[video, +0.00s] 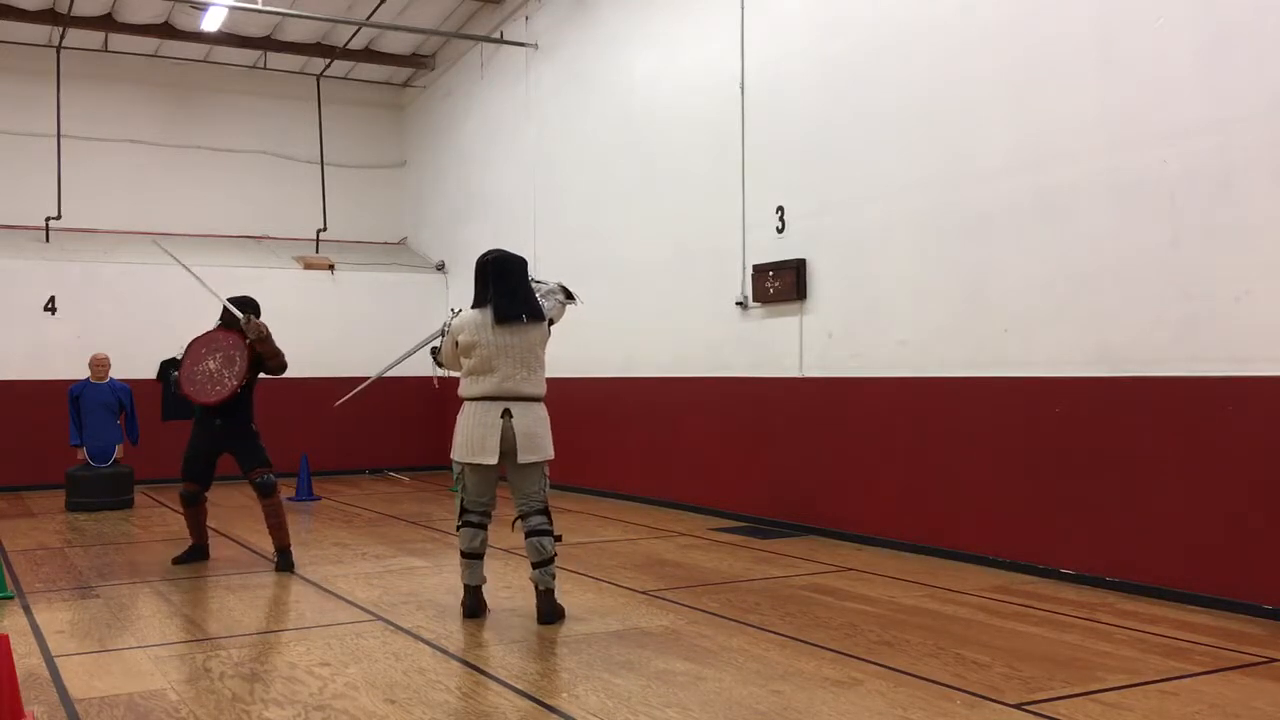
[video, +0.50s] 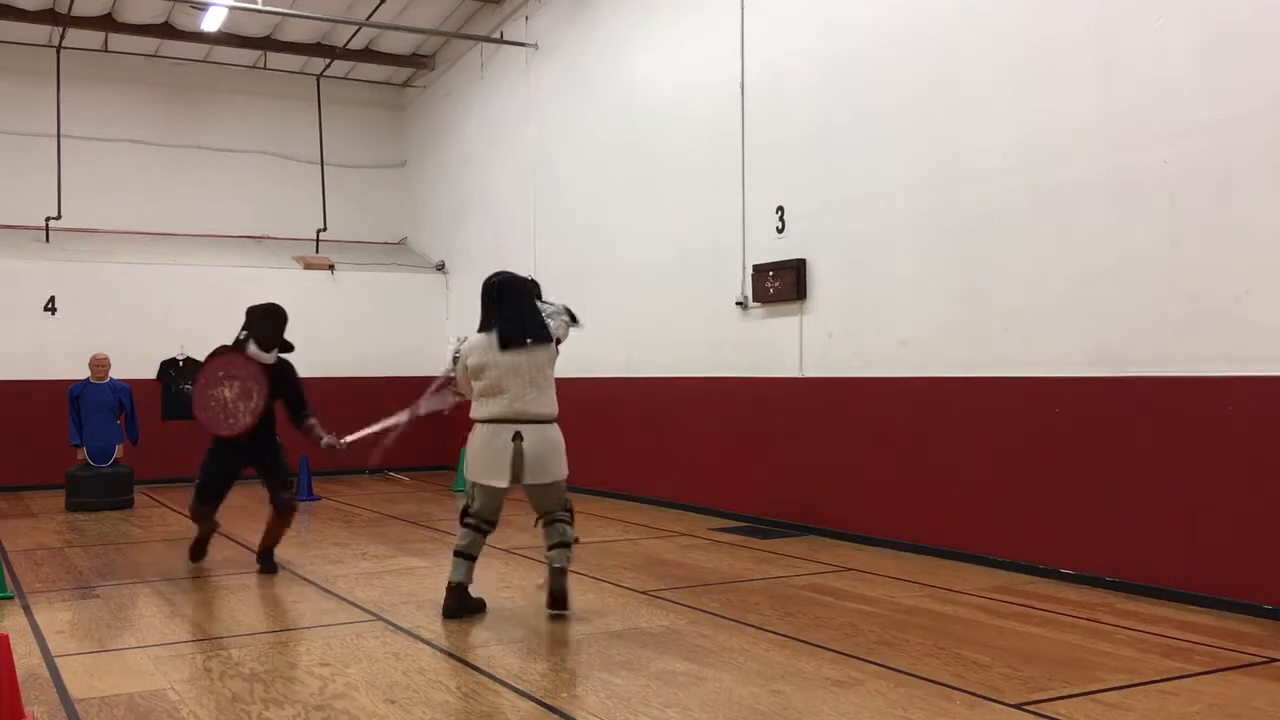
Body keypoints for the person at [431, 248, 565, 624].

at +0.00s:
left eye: (478, 280)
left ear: (481, 283)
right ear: (522, 282)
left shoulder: (465, 323)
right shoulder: (538, 318)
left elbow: (448, 360)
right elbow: (558, 297)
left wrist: (451, 331)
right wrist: (532, 283)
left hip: (478, 425)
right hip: (529, 423)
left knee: (474, 509)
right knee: (534, 508)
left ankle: (473, 595)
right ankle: (546, 599)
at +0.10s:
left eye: (479, 281)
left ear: (482, 284)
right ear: (523, 282)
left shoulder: (466, 324)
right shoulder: (539, 320)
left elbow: (450, 362)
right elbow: (558, 300)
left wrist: (450, 335)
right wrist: (537, 286)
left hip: (479, 426)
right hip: (531, 424)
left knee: (474, 509)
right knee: (536, 508)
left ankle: (472, 594)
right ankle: (546, 598)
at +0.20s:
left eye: (481, 283)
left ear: (483, 286)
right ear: (524, 284)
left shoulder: (467, 326)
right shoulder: (540, 321)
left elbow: (452, 365)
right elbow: (558, 301)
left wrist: (452, 337)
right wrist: (545, 289)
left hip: (481, 426)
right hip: (534, 424)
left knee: (472, 508)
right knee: (538, 508)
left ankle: (470, 593)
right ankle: (547, 599)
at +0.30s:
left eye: (482, 287)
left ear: (484, 289)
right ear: (525, 287)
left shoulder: (467, 330)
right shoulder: (540, 324)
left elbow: (452, 370)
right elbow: (557, 305)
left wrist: (453, 338)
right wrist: (540, 289)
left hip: (481, 430)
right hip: (533, 428)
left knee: (468, 507)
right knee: (541, 514)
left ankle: (459, 586)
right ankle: (547, 598)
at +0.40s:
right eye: (526, 297)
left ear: (484, 301)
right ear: (524, 299)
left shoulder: (466, 341)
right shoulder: (539, 334)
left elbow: (457, 382)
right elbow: (556, 315)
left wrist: (453, 350)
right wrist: (546, 300)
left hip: (481, 439)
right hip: (532, 439)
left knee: (476, 518)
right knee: (547, 515)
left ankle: (456, 592)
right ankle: (548, 584)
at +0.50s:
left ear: (488, 306)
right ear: (529, 303)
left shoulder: (473, 346)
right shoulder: (545, 336)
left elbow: (464, 389)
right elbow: (560, 317)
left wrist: (456, 357)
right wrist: (536, 300)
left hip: (490, 443)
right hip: (542, 441)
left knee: (479, 517)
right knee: (555, 513)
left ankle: (456, 593)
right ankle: (558, 585)